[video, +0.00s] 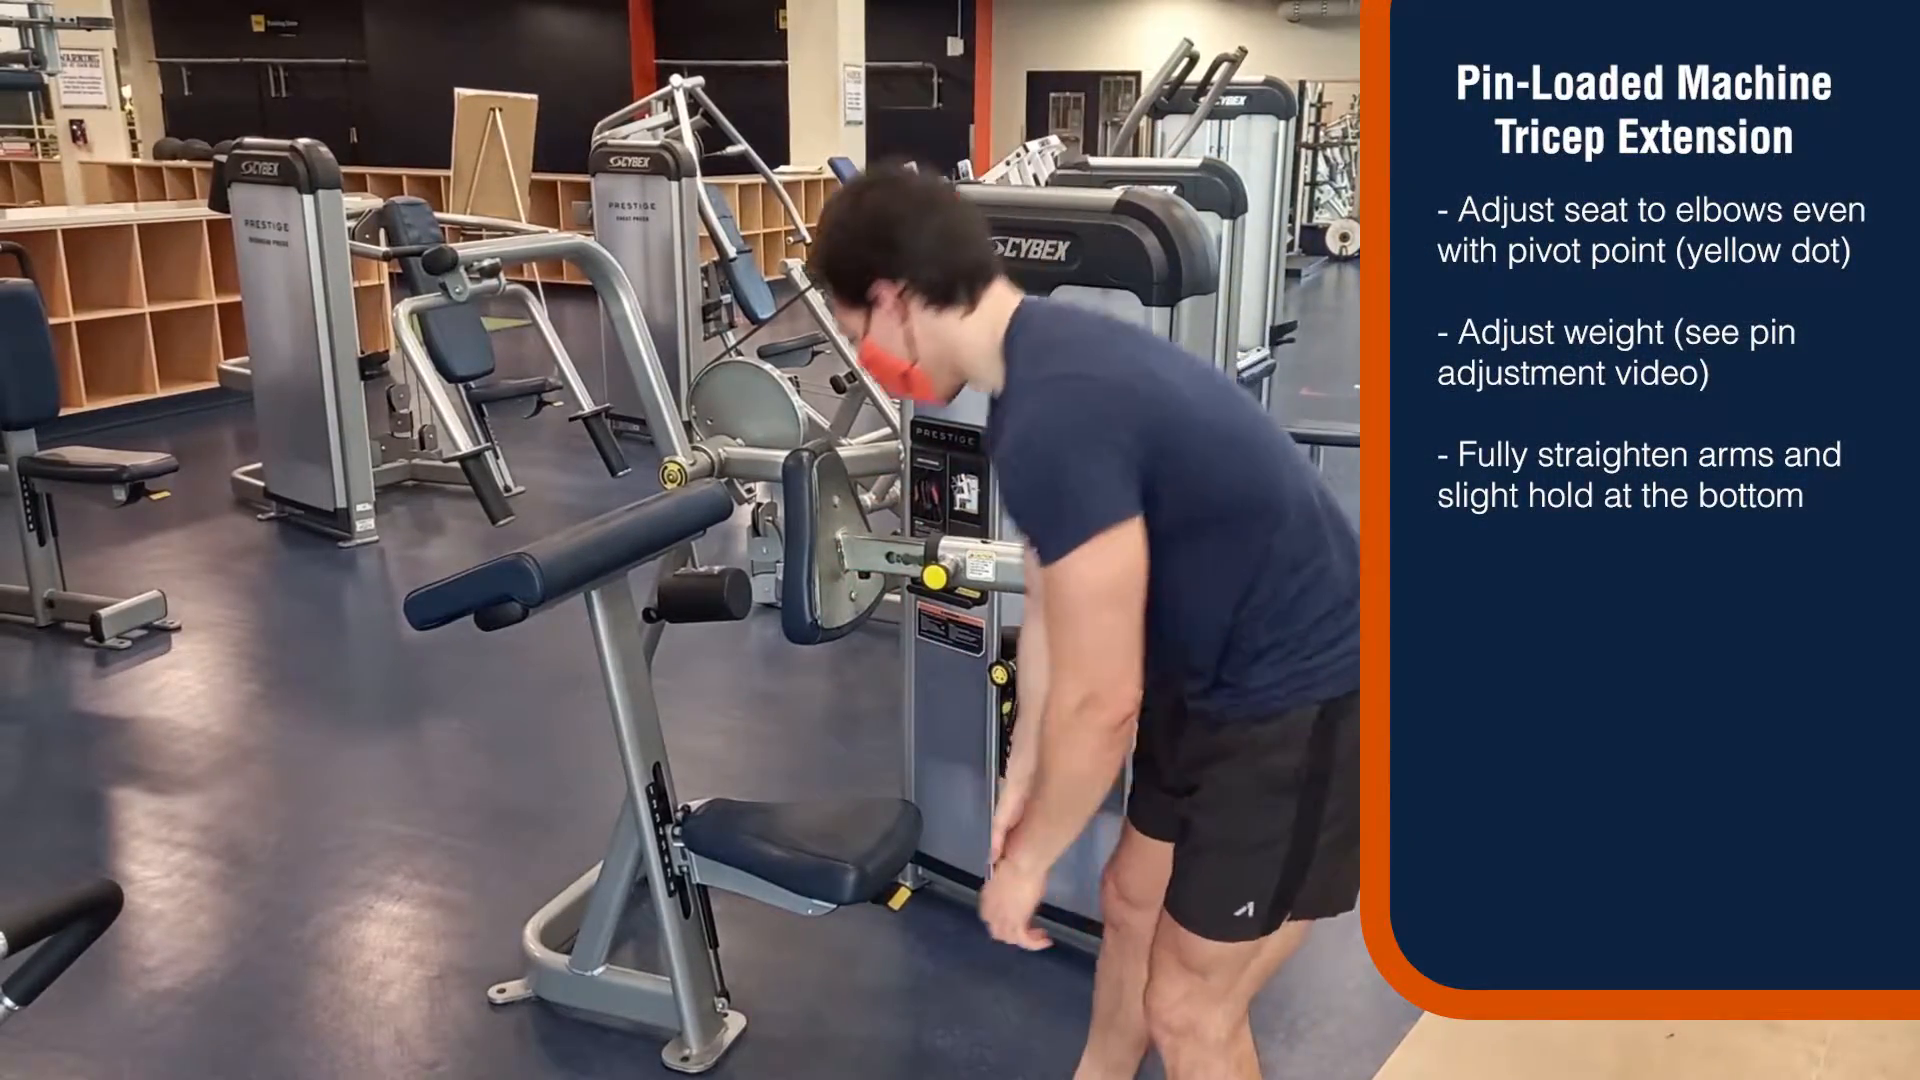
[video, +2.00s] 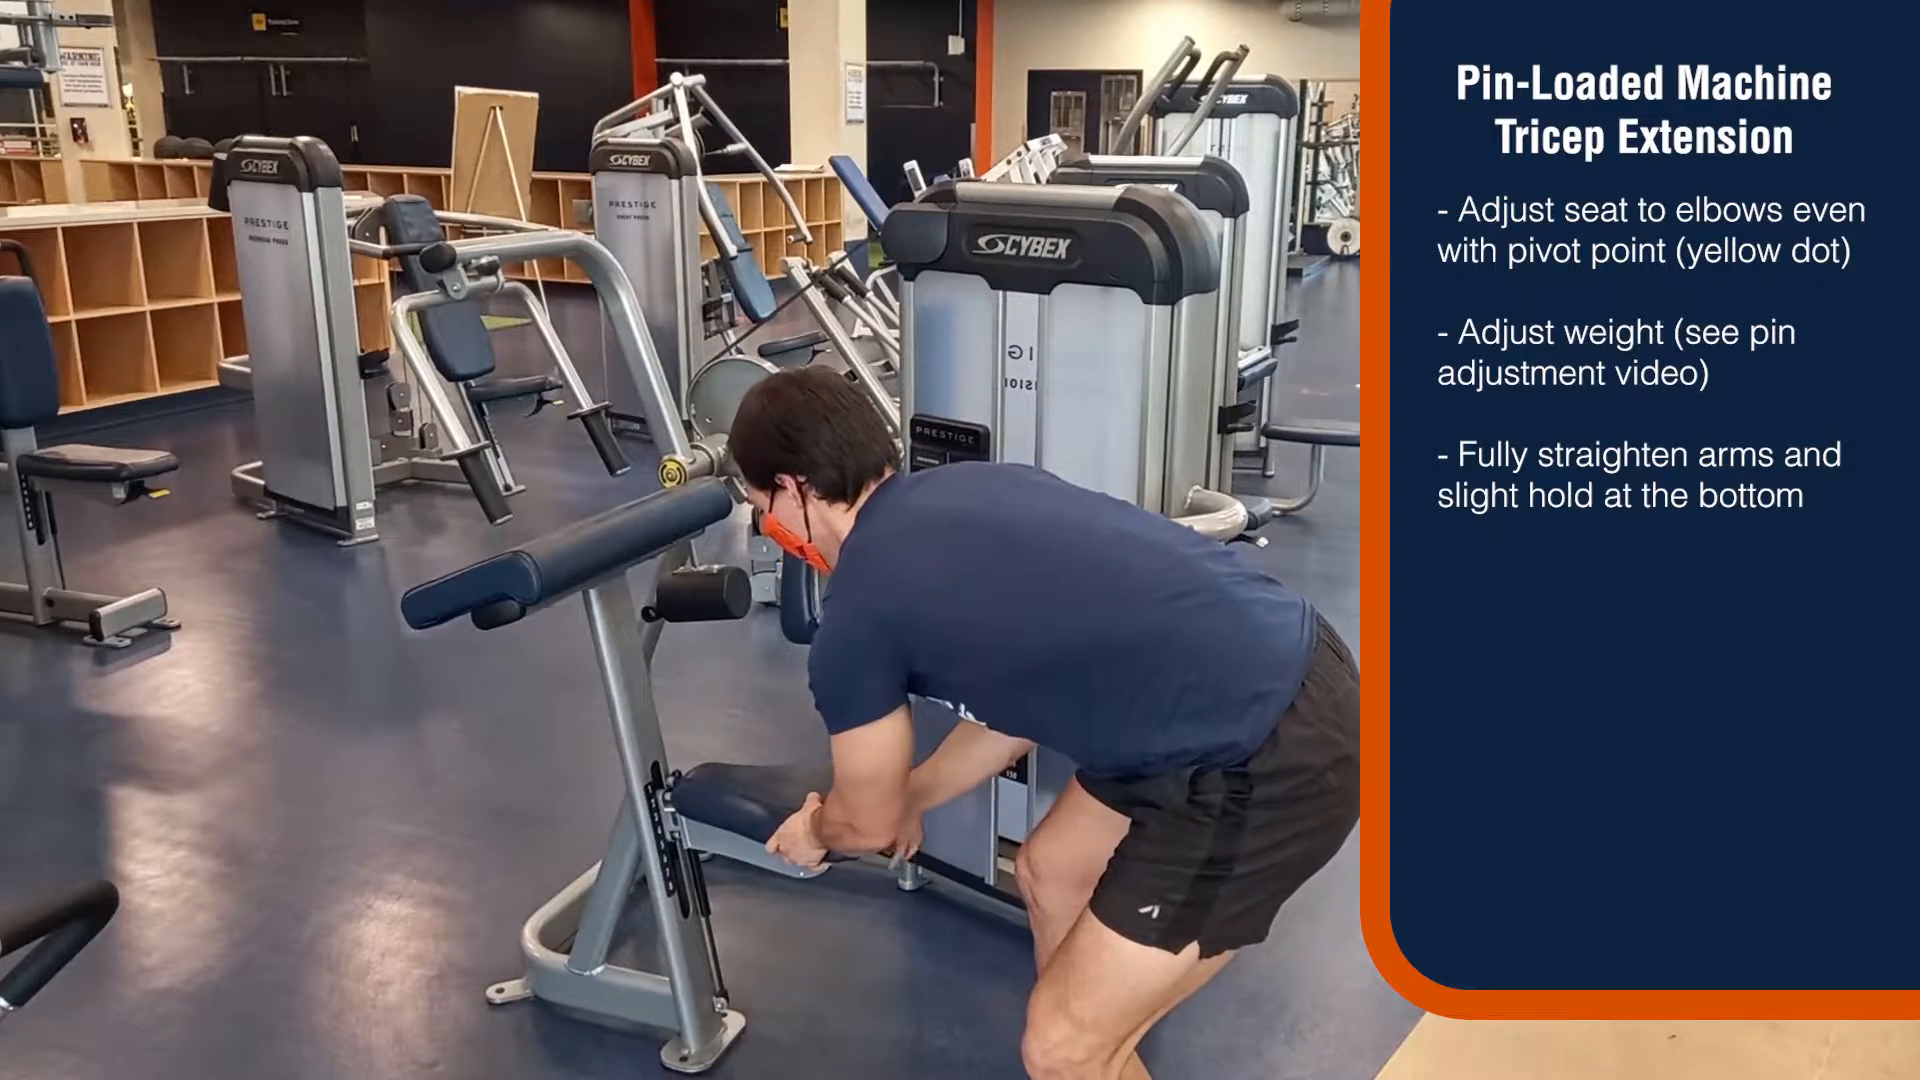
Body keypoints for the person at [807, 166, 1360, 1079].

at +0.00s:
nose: (867, 360)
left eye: (858, 332)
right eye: (854, 338)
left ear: (895, 299)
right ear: (911, 296)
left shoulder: (1061, 410)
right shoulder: (1032, 379)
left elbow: (1105, 705)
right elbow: (1045, 615)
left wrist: (1028, 862)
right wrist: (1023, 782)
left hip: (1301, 688)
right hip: (1204, 674)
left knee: (1191, 1008)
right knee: (1134, 902)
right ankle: (1104, 1070)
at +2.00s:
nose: (761, 526)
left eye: (757, 504)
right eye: (754, 508)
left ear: (795, 492)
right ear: (874, 453)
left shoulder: (858, 607)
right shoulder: (970, 487)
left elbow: (867, 825)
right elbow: (1032, 692)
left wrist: (815, 829)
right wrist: (903, 801)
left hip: (1258, 747)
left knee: (1067, 1047)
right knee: (1052, 872)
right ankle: (1110, 1051)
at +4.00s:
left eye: (667, 76)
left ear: (670, 84)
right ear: (793, 93)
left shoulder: (598, 233)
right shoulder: (877, 226)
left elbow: (549, 489)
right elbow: (951, 429)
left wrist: (525, 504)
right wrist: (834, 457)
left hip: (693, 646)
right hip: (862, 631)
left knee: (632, 908)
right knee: (879, 917)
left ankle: (597, 1071)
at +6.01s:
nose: (752, 309)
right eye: (750, 297)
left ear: (637, 296)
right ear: (735, 293)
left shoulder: (607, 343)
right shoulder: (791, 377)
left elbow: (539, 478)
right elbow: (838, 511)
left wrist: (500, 543)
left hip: (722, 714)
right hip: (838, 677)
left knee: (508, 833)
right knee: (722, 760)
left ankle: (614, 1060)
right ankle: (796, 944)